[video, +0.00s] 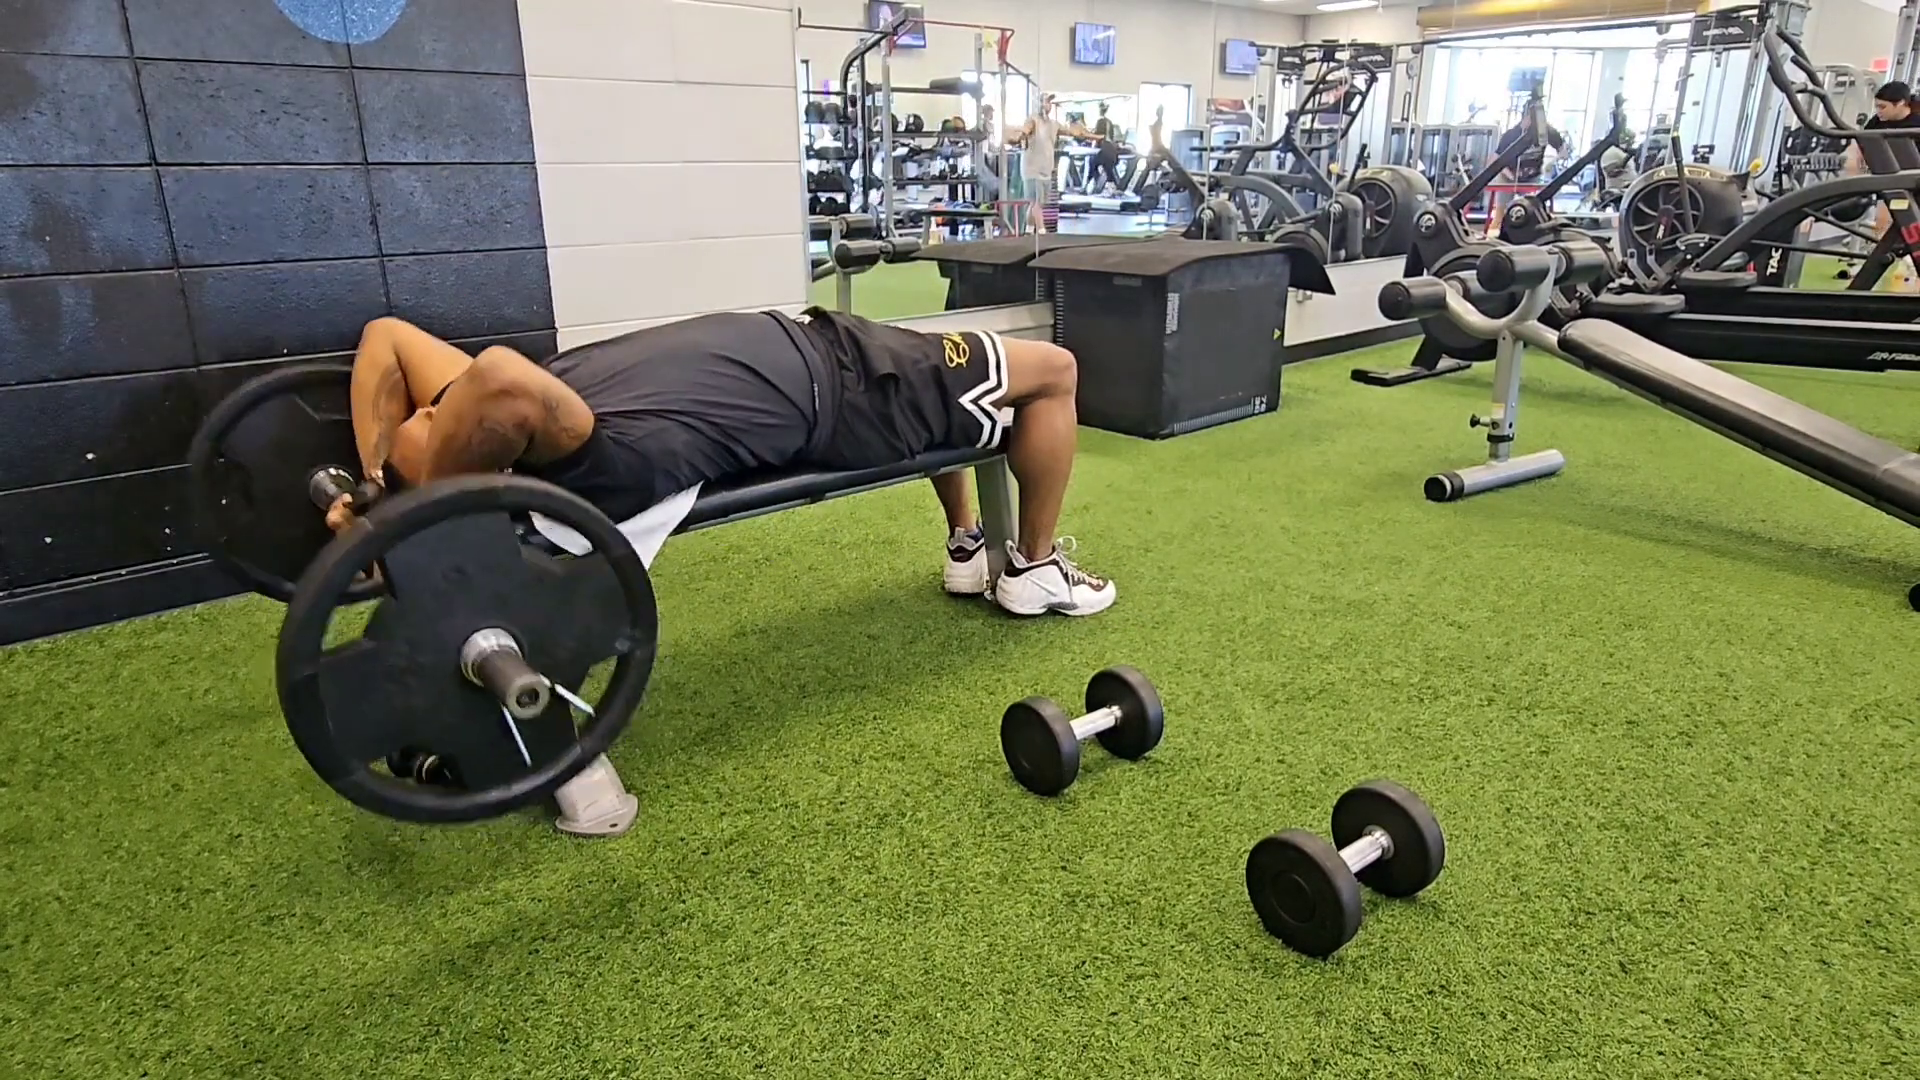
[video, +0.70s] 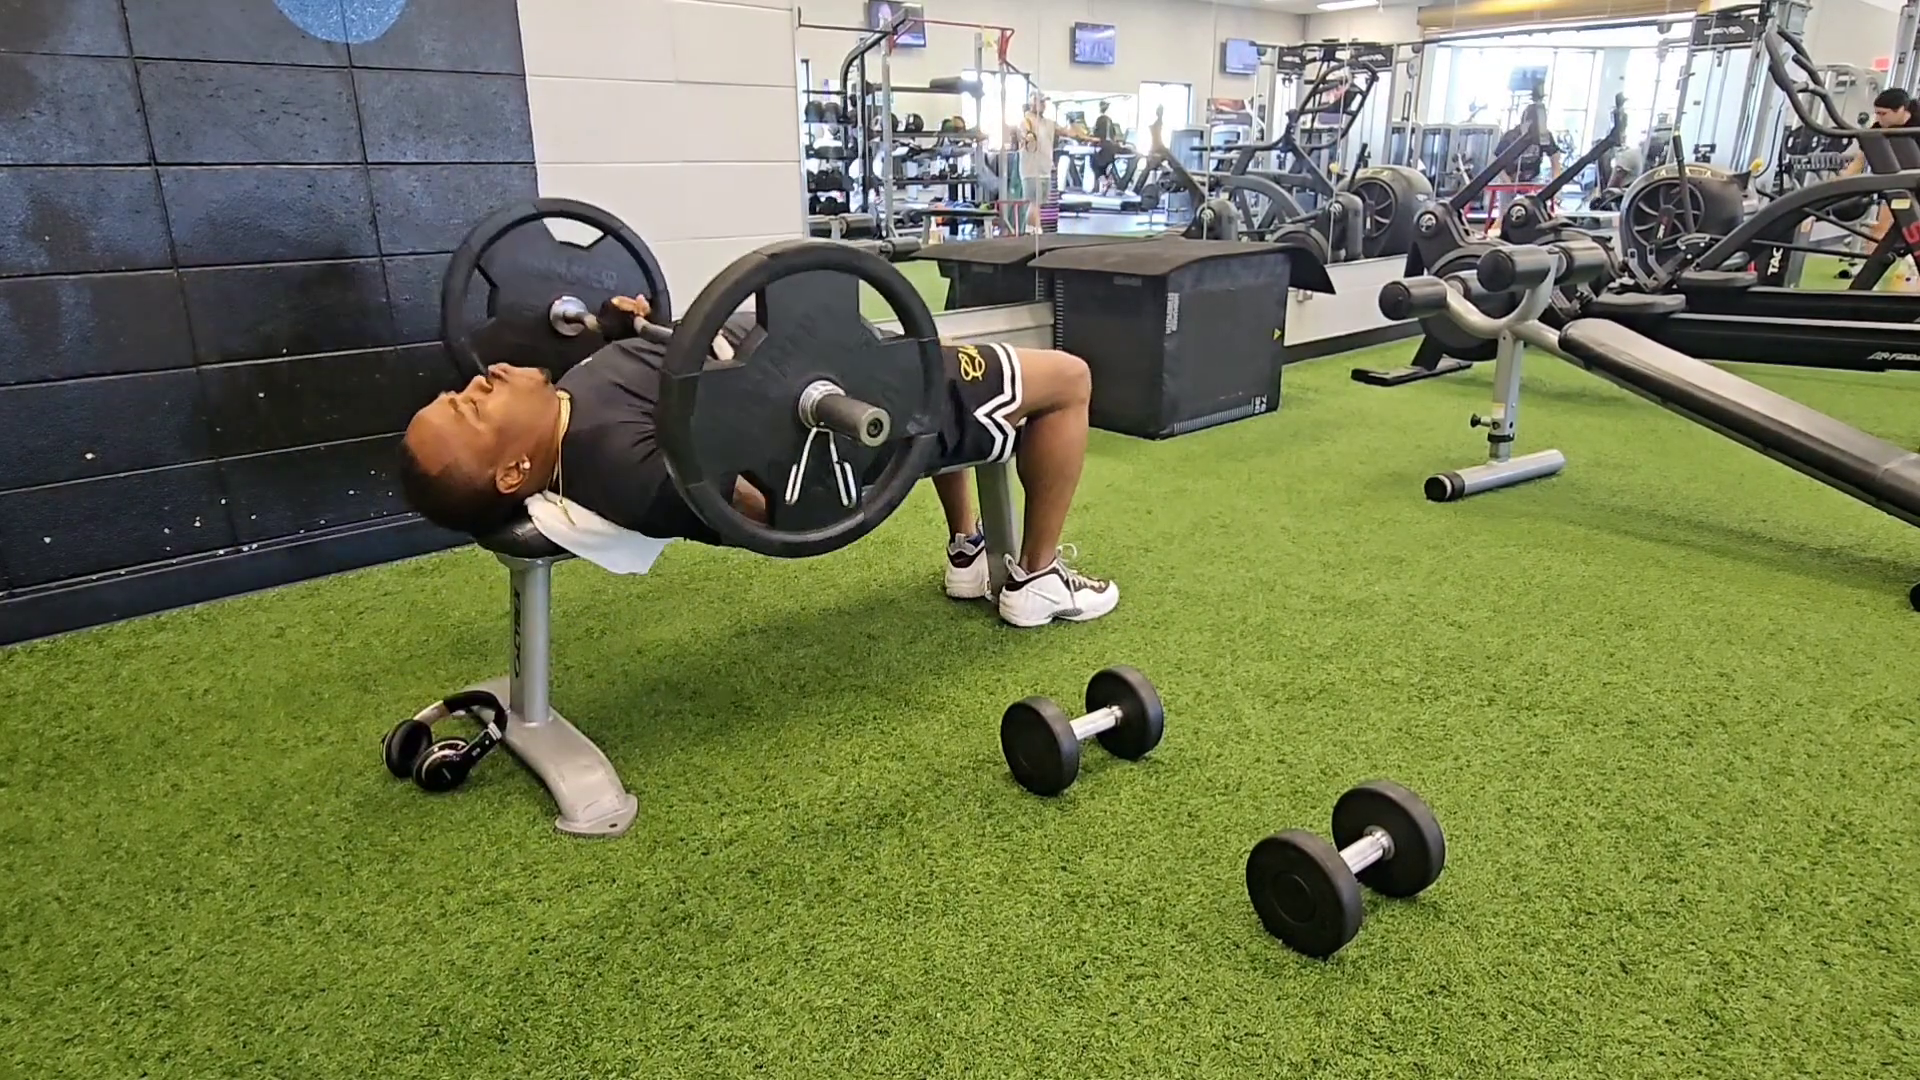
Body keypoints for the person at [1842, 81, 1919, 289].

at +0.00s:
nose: (1877, 112)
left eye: (1882, 107)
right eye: (1877, 107)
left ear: (1901, 104)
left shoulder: (1916, 124)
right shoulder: (1876, 123)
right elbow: (1856, 148)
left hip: (1914, 187)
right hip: (1888, 185)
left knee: (1911, 229)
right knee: (1883, 228)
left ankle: (1908, 270)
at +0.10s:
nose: (1872, 117)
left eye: (1876, 111)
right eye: (1871, 112)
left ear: (1896, 109)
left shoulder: (1914, 128)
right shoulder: (1871, 129)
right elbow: (1848, 156)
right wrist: (1831, 178)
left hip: (1914, 190)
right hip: (1888, 191)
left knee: (1911, 236)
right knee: (1878, 230)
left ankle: (1909, 272)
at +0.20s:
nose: (1867, 124)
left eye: (1871, 118)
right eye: (1865, 119)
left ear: (1890, 116)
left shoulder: (1912, 131)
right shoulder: (1868, 132)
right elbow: (1846, 158)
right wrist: (1826, 183)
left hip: (1913, 189)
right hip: (1886, 188)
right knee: (1878, 225)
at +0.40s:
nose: (1865, 131)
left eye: (1869, 127)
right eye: (1863, 127)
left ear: (1887, 124)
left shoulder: (1908, 136)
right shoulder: (1865, 138)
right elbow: (1841, 167)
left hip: (1913, 191)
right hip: (1885, 191)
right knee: (1876, 231)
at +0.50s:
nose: (1865, 132)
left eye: (1870, 127)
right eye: (1862, 127)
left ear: (1890, 123)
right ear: (1859, 124)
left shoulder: (1909, 139)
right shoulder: (1865, 140)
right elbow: (1836, 174)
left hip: (1914, 196)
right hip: (1885, 194)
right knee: (1875, 235)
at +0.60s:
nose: (1869, 125)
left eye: (1875, 120)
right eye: (1868, 120)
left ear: (1896, 118)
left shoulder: (1913, 133)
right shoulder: (1870, 137)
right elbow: (1846, 166)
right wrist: (1827, 190)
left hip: (1912, 194)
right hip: (1885, 194)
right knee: (1875, 235)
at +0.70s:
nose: (1878, 119)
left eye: (1883, 114)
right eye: (1877, 114)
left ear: (1904, 112)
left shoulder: (1913, 135)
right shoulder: (1878, 133)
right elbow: (1859, 161)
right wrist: (1838, 185)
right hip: (1888, 193)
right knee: (1879, 233)